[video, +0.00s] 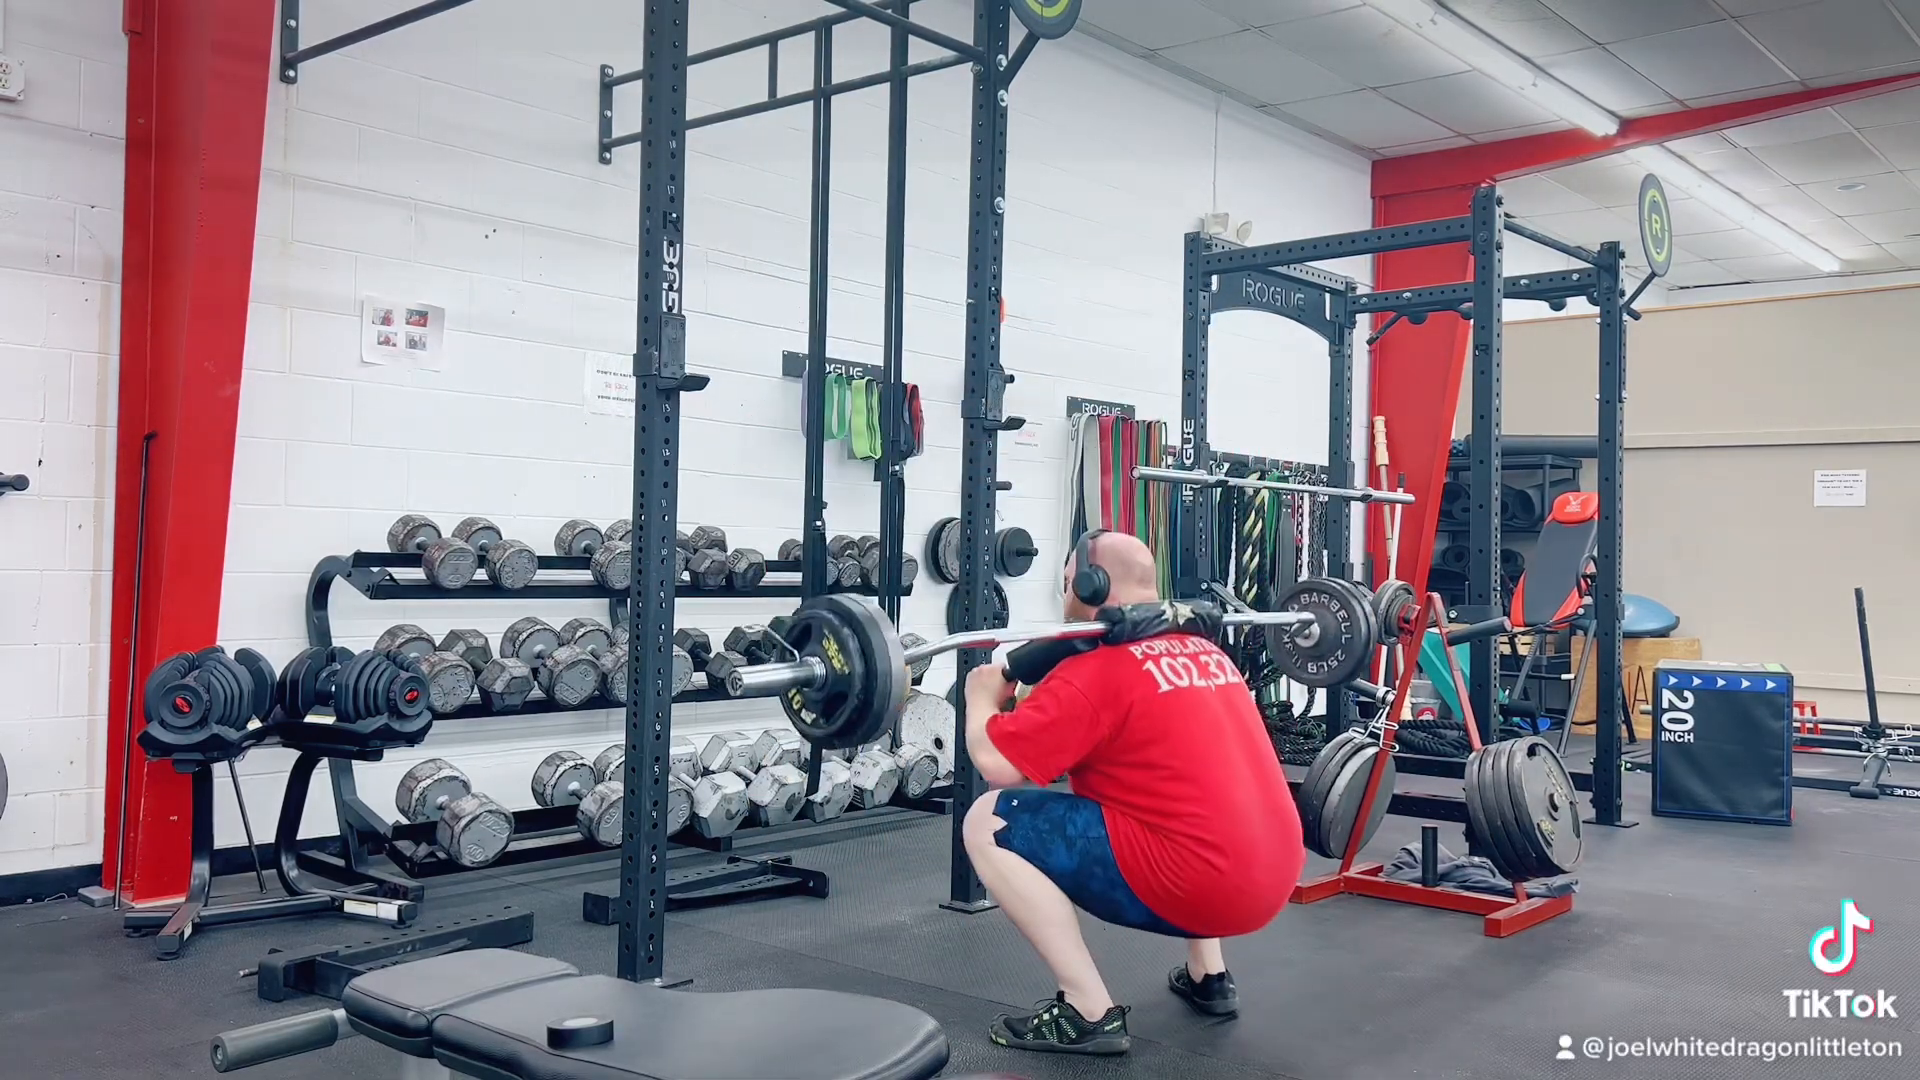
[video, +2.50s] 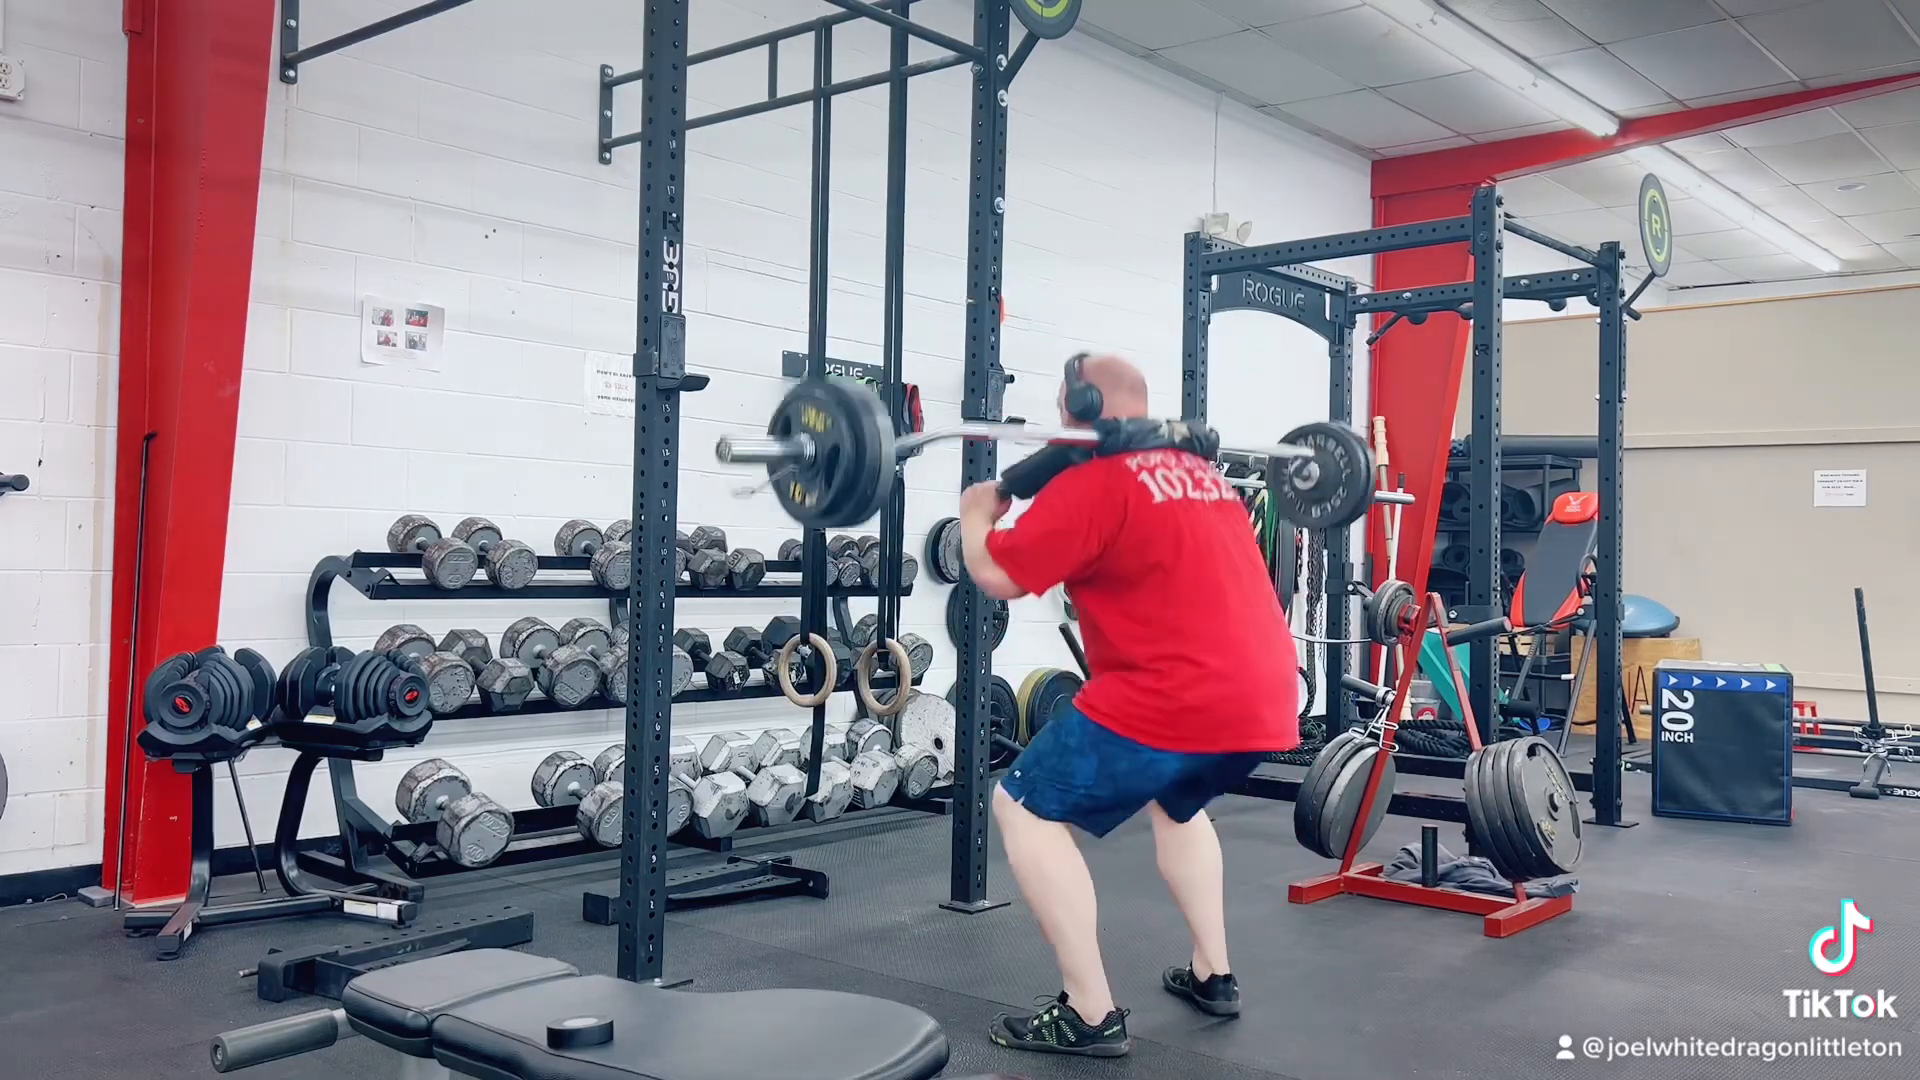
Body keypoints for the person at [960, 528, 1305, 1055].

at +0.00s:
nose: (1064, 594)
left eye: (1068, 581)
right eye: (1067, 580)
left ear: (1087, 589)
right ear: (1150, 589)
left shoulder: (1098, 669)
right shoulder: (1204, 649)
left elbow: (998, 763)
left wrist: (981, 699)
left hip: (1192, 889)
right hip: (1271, 882)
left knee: (987, 821)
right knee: (1161, 795)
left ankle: (1088, 1009)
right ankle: (1208, 971)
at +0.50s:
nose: (1084, 304)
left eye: (1087, 292)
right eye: (1087, 291)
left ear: (1103, 296)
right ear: (1171, 293)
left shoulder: (1115, 363)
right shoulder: (1227, 374)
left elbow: (1033, 452)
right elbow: (1252, 481)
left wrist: (1006, 418)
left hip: (1134, 611)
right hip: (1231, 612)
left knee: (1077, 782)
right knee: (1187, 779)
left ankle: (1094, 1005)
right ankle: (1216, 973)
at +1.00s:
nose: (1075, 402)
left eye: (1078, 389)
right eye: (1076, 390)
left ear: (1098, 393)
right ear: (1163, 389)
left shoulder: (1114, 463)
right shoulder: (1221, 463)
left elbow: (1022, 562)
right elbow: (1256, 569)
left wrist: (992, 506)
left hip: (1159, 692)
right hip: (1261, 696)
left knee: (1026, 802)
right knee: (1178, 800)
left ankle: (1090, 1008)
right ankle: (1215, 973)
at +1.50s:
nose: (1055, 545)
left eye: (1056, 537)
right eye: (1058, 536)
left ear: (1068, 542)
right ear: (1138, 534)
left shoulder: (1091, 605)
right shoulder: (1196, 587)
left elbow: (995, 707)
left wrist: (970, 639)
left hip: (1188, 806)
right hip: (1278, 802)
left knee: (997, 813)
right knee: (1143, 783)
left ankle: (1088, 1008)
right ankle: (1210, 973)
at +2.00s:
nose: (1077, 292)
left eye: (1079, 280)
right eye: (1080, 279)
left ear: (1099, 281)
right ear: (1162, 278)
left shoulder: (1113, 351)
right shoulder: (1219, 365)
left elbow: (1065, 459)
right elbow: (1248, 475)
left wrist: (1011, 429)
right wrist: (1165, 477)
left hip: (1107, 611)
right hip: (1196, 612)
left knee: (1108, 799)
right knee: (1196, 783)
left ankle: (1096, 1009)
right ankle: (1215, 973)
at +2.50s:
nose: (1060, 427)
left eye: (1061, 414)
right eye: (1061, 415)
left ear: (1079, 414)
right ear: (1145, 405)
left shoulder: (1099, 480)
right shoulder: (1202, 470)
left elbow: (997, 575)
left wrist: (975, 513)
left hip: (1165, 703)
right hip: (1267, 703)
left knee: (1024, 803)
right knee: (1176, 803)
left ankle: (1090, 1010)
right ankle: (1214, 975)